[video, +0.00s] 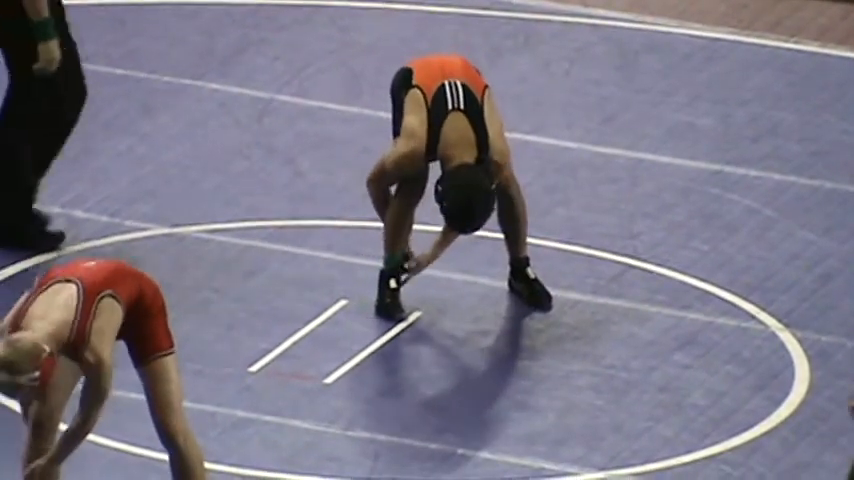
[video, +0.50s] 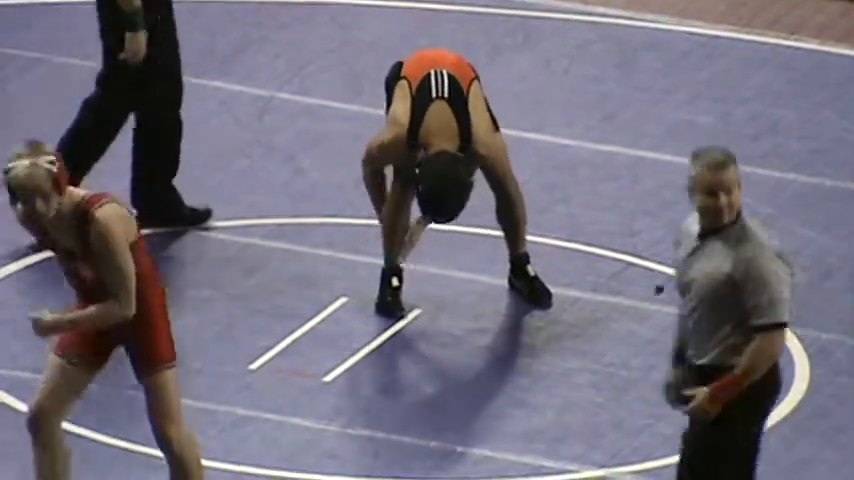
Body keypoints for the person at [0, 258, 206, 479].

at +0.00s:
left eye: (27, 384)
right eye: (16, 388)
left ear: (45, 359)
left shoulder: (94, 352)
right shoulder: (9, 328)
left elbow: (86, 420)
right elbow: (23, 388)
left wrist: (50, 463)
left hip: (135, 290)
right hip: (71, 278)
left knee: (172, 430)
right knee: (41, 423)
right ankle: (33, 476)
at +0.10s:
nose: (27, 359)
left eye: (34, 350)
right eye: (19, 353)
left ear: (52, 334)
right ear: (10, 336)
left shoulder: (99, 327)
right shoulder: (16, 313)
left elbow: (104, 394)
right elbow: (31, 367)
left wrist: (63, 442)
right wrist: (39, 408)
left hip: (140, 290)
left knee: (172, 430)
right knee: (44, 421)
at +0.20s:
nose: (41, 320)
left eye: (46, 310)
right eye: (29, 315)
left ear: (56, 290)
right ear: (13, 290)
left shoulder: (108, 294)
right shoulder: (29, 276)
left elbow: (123, 362)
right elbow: (44, 326)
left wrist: (78, 413)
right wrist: (54, 370)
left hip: (147, 302)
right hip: (89, 302)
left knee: (174, 433)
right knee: (49, 425)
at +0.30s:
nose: (42, 283)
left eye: (44, 274)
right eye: (34, 275)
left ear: (61, 253)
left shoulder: (115, 262)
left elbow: (134, 339)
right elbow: (65, 298)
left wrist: (78, 383)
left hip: (152, 299)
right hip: (98, 299)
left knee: (175, 433)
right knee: (48, 415)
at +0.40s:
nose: (42, 244)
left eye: (48, 233)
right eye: (33, 235)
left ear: (65, 217)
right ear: (22, 231)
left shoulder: (115, 238)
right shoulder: (56, 231)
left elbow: (135, 320)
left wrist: (69, 346)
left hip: (154, 311)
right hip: (103, 307)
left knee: (175, 432)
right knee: (43, 409)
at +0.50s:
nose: (29, 211)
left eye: (38, 199)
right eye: (20, 202)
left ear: (60, 186)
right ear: (12, 201)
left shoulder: (104, 221)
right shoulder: (41, 219)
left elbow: (125, 306)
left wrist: (59, 323)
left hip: (143, 316)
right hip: (94, 315)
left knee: (169, 433)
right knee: (42, 419)